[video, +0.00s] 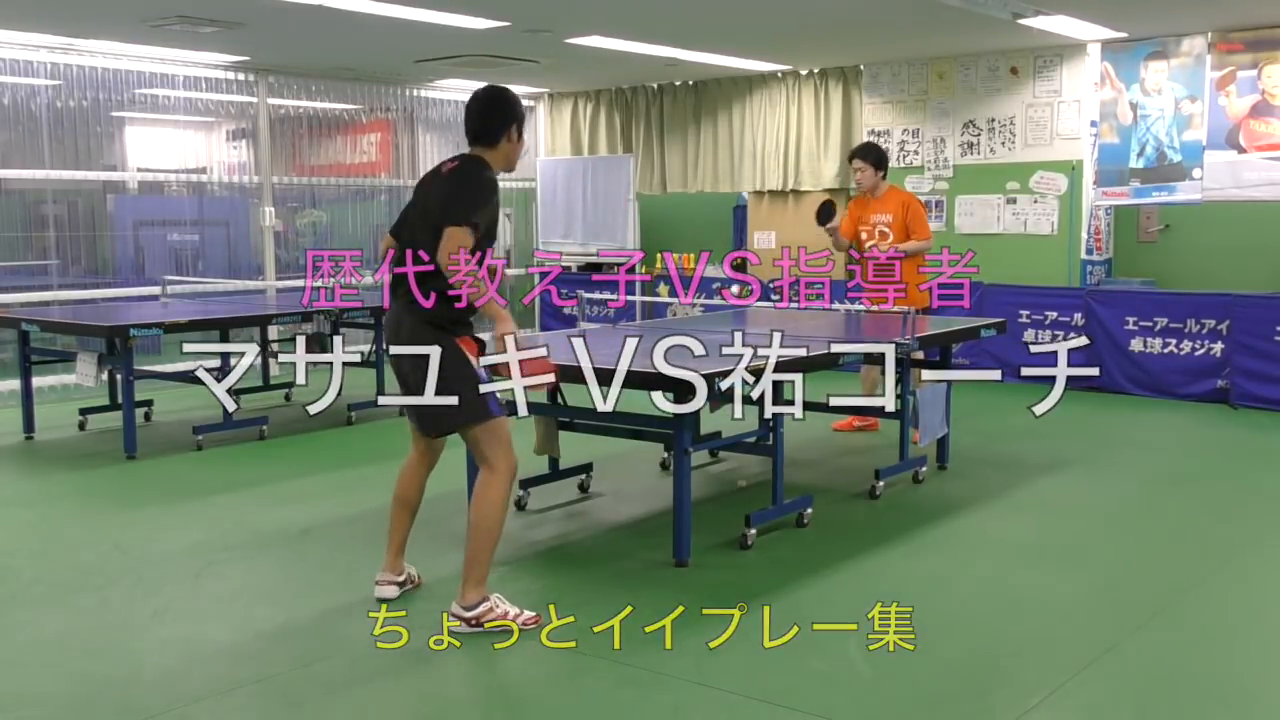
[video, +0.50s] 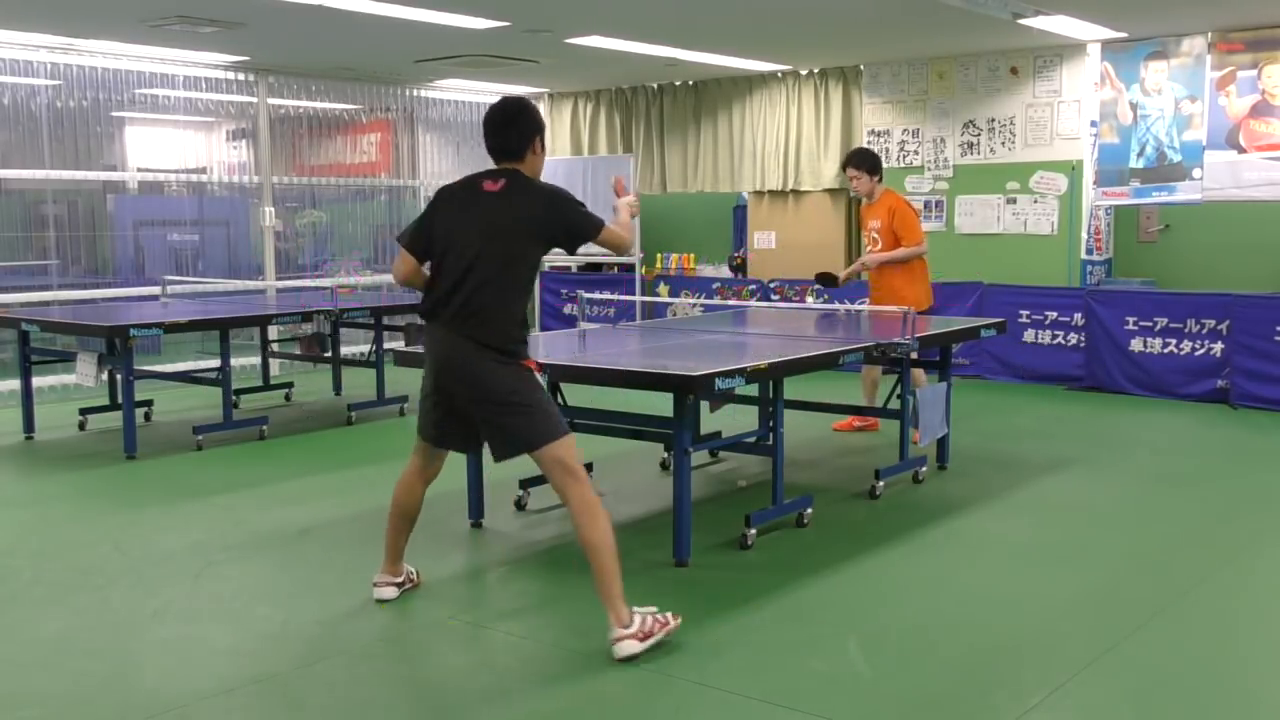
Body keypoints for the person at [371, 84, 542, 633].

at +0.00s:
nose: (522, 145)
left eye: (521, 135)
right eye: (521, 135)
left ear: (473, 131)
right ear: (508, 136)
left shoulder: (440, 175)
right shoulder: (479, 182)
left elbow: (391, 249)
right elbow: (453, 255)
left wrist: (423, 305)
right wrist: (498, 312)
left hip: (404, 336)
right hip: (439, 340)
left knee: (425, 447)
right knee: (500, 463)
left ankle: (392, 570)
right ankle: (473, 597)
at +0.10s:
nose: (523, 162)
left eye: (524, 152)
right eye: (522, 151)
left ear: (480, 144)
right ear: (502, 147)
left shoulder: (444, 186)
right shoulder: (468, 189)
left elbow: (399, 262)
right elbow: (454, 262)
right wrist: (506, 314)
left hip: (401, 345)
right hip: (432, 347)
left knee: (429, 450)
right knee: (508, 460)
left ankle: (392, 570)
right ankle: (474, 595)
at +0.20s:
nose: (528, 159)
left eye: (529, 149)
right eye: (525, 147)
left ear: (483, 142)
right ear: (499, 142)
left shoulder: (438, 182)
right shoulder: (475, 187)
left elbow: (389, 256)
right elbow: (503, 268)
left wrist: (467, 283)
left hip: (397, 340)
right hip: (431, 345)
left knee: (427, 448)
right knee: (514, 453)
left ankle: (392, 570)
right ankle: (480, 590)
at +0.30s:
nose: (532, 149)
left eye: (532, 137)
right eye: (529, 137)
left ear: (487, 133)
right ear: (506, 133)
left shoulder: (435, 176)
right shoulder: (496, 186)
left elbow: (385, 251)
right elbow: (562, 253)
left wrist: (445, 265)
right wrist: (619, 234)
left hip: (402, 335)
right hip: (444, 339)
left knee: (414, 450)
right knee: (523, 452)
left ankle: (390, 570)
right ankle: (501, 594)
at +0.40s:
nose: (535, 145)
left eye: (533, 135)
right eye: (533, 135)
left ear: (481, 134)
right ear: (519, 134)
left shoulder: (435, 181)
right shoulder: (521, 189)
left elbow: (390, 254)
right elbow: (597, 235)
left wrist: (441, 263)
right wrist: (614, 202)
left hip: (416, 337)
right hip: (468, 345)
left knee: (413, 456)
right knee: (539, 460)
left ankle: (388, 570)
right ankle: (564, 607)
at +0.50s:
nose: (546, 151)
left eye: (541, 142)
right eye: (544, 142)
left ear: (490, 147)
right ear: (536, 145)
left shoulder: (452, 195)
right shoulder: (546, 200)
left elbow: (405, 270)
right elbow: (623, 244)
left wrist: (443, 283)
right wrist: (625, 210)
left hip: (443, 354)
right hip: (499, 362)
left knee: (422, 465)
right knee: (573, 479)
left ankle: (389, 572)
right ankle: (623, 622)